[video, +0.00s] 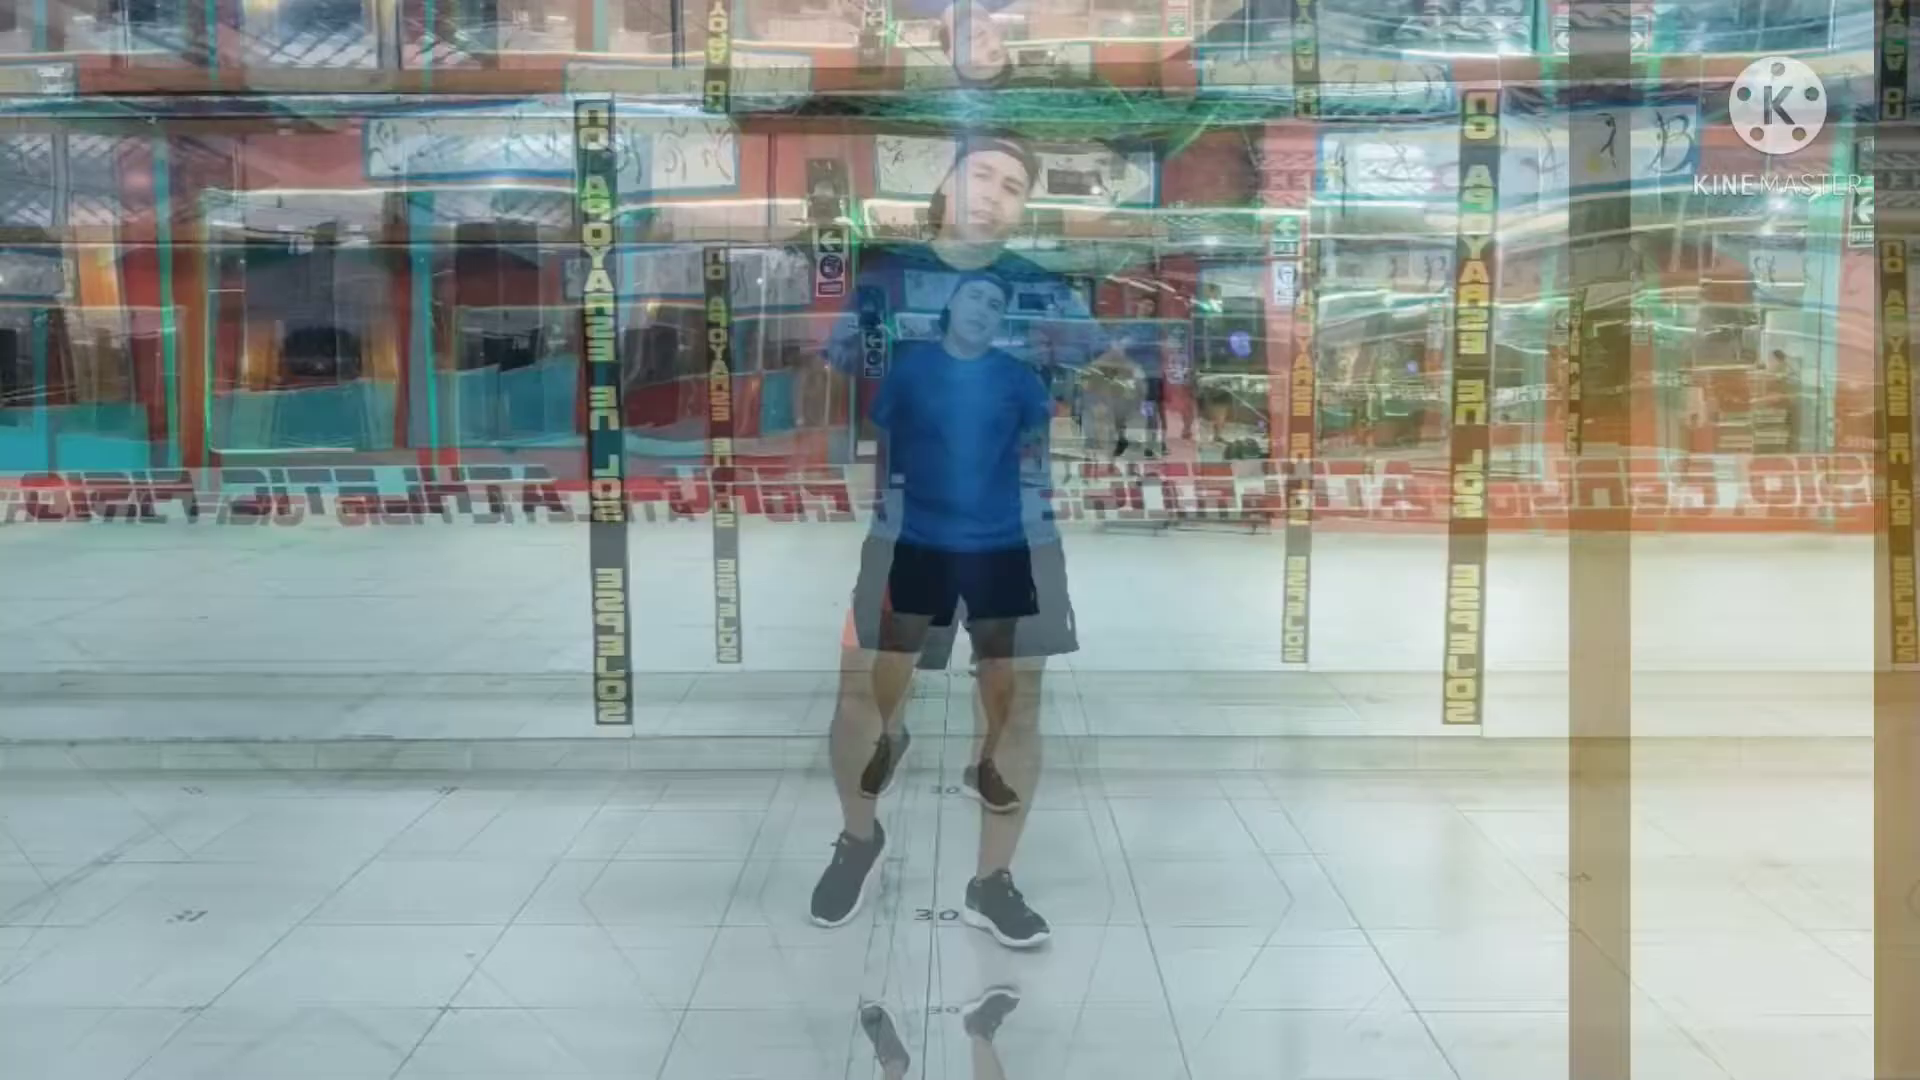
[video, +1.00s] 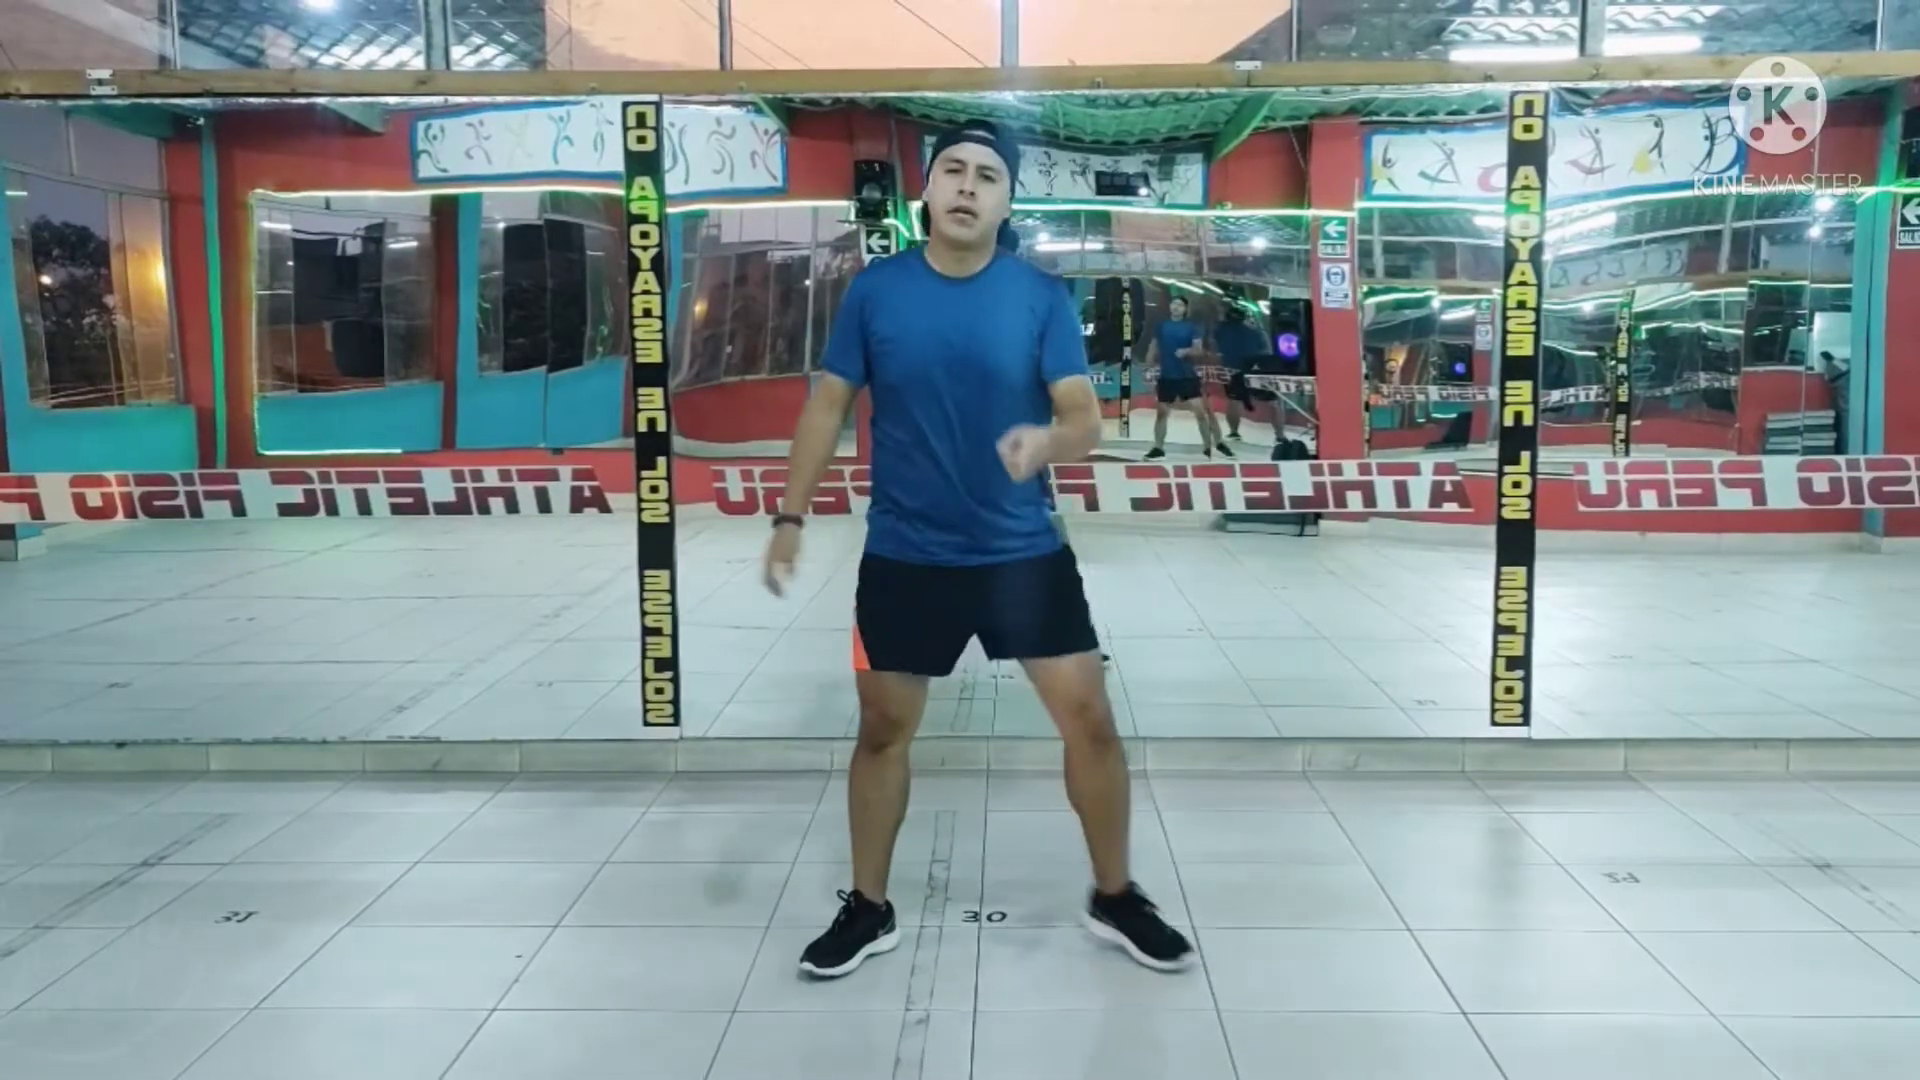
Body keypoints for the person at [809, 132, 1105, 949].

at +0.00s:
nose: (995, 195)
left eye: (1011, 188)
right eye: (984, 176)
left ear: (1022, 212)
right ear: (947, 185)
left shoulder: (1042, 295)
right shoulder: (890, 279)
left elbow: (1106, 374)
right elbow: (844, 384)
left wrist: (1112, 380)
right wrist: (833, 364)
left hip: (1012, 533)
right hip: (909, 527)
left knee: (1013, 709)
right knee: (866, 703)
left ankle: (995, 877)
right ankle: (859, 837)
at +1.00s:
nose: (967, 186)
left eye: (986, 177)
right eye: (953, 172)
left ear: (1008, 204)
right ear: (926, 192)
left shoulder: (1039, 295)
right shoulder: (874, 291)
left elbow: (1084, 424)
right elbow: (827, 406)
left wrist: (1046, 441)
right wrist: (791, 515)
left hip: (1023, 549)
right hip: (907, 549)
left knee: (1089, 715)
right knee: (882, 727)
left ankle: (1115, 893)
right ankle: (867, 901)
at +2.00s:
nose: (995, 186)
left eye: (1014, 177)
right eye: (981, 171)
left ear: (1038, 203)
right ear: (953, 189)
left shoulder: (1067, 297)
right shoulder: (901, 291)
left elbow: (1112, 430)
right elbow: (862, 406)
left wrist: (1068, 395)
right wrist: (833, 521)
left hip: (1041, 561)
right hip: (926, 558)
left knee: (1092, 738)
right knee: (896, 736)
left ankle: (1124, 905)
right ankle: (871, 905)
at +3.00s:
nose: (996, 190)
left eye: (1016, 180)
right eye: (982, 174)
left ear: (1039, 204)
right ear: (955, 191)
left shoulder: (1069, 298)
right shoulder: (900, 292)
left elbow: (1111, 432)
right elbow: (866, 412)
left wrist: (1069, 397)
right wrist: (848, 529)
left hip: (1045, 564)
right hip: (928, 560)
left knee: (1095, 742)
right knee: (896, 740)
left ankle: (1125, 906)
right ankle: (872, 905)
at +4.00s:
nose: (997, 207)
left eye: (1017, 195)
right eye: (984, 187)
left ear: (1039, 214)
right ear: (956, 195)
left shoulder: (1066, 304)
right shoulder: (898, 291)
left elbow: (1109, 412)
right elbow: (858, 407)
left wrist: (1123, 509)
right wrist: (842, 526)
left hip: (1033, 563)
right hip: (918, 557)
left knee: (1093, 739)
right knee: (890, 735)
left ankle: (1127, 906)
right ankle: (874, 905)